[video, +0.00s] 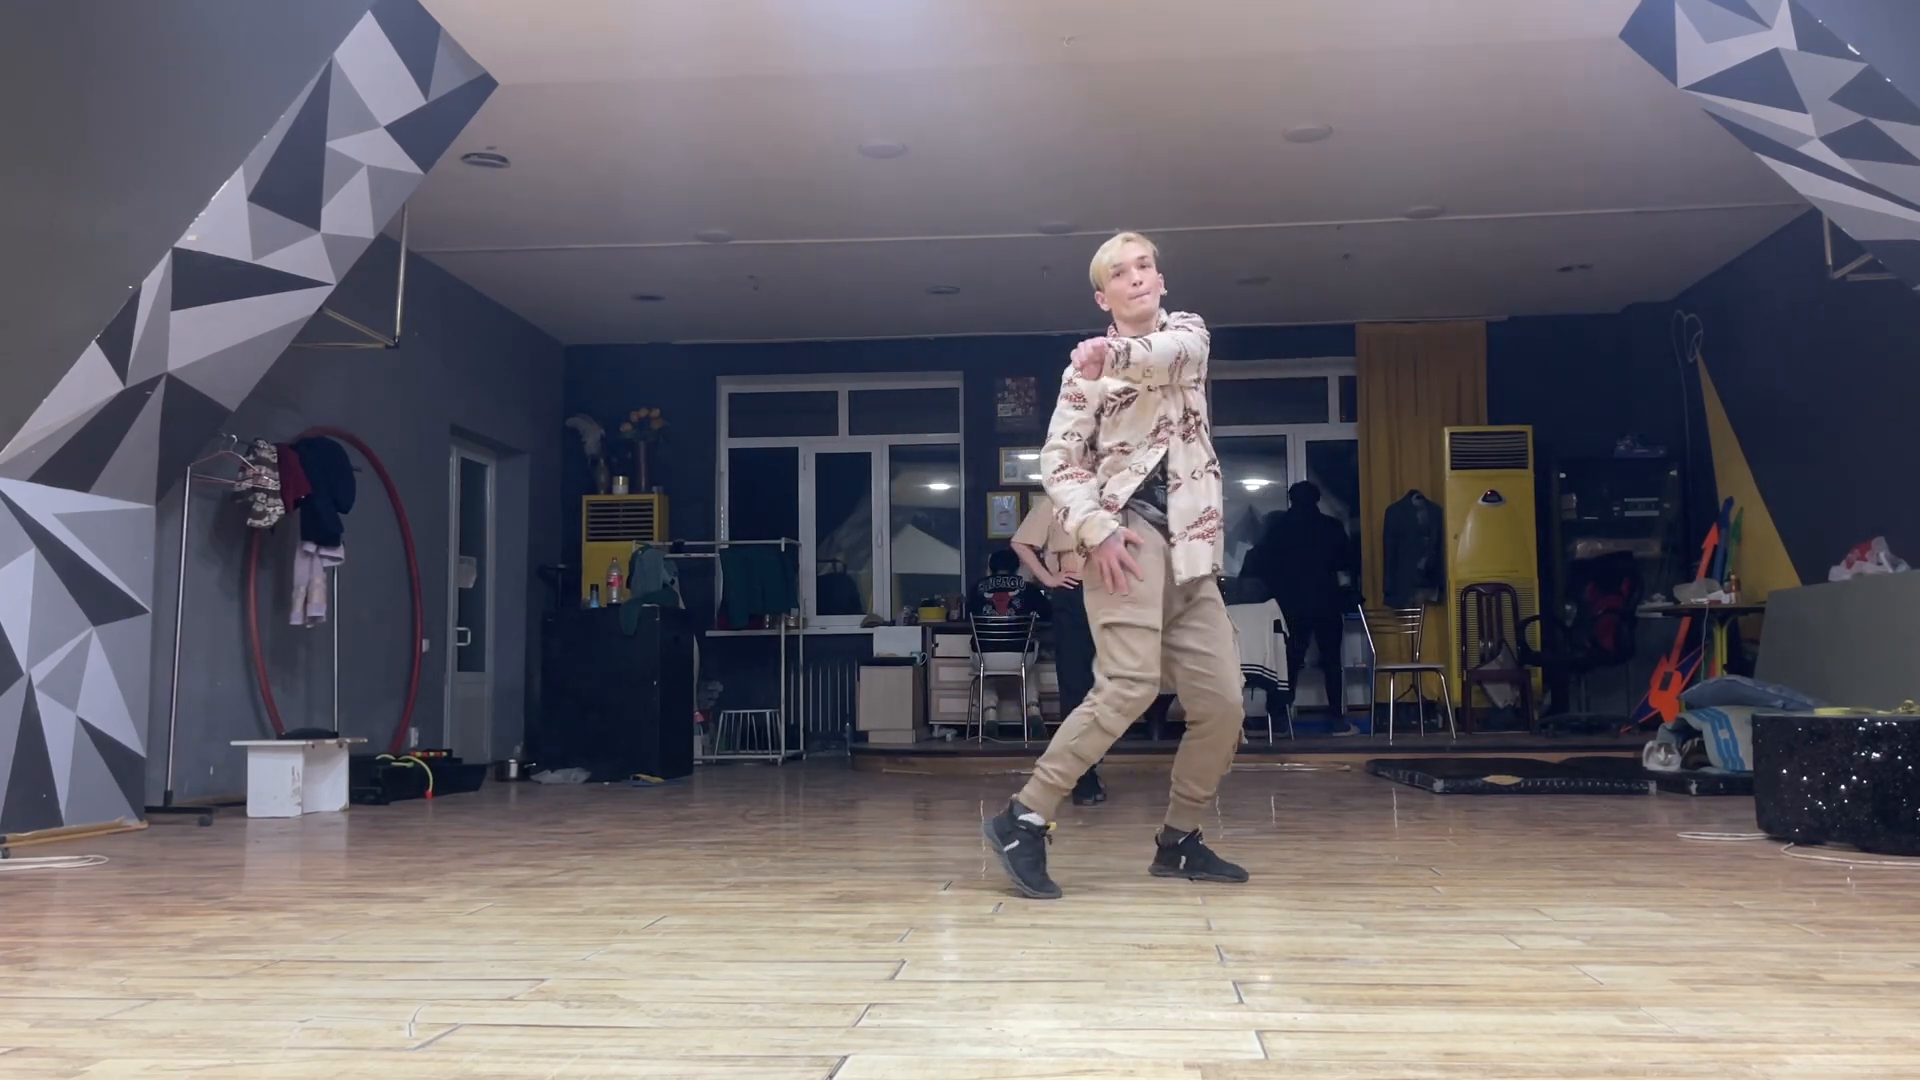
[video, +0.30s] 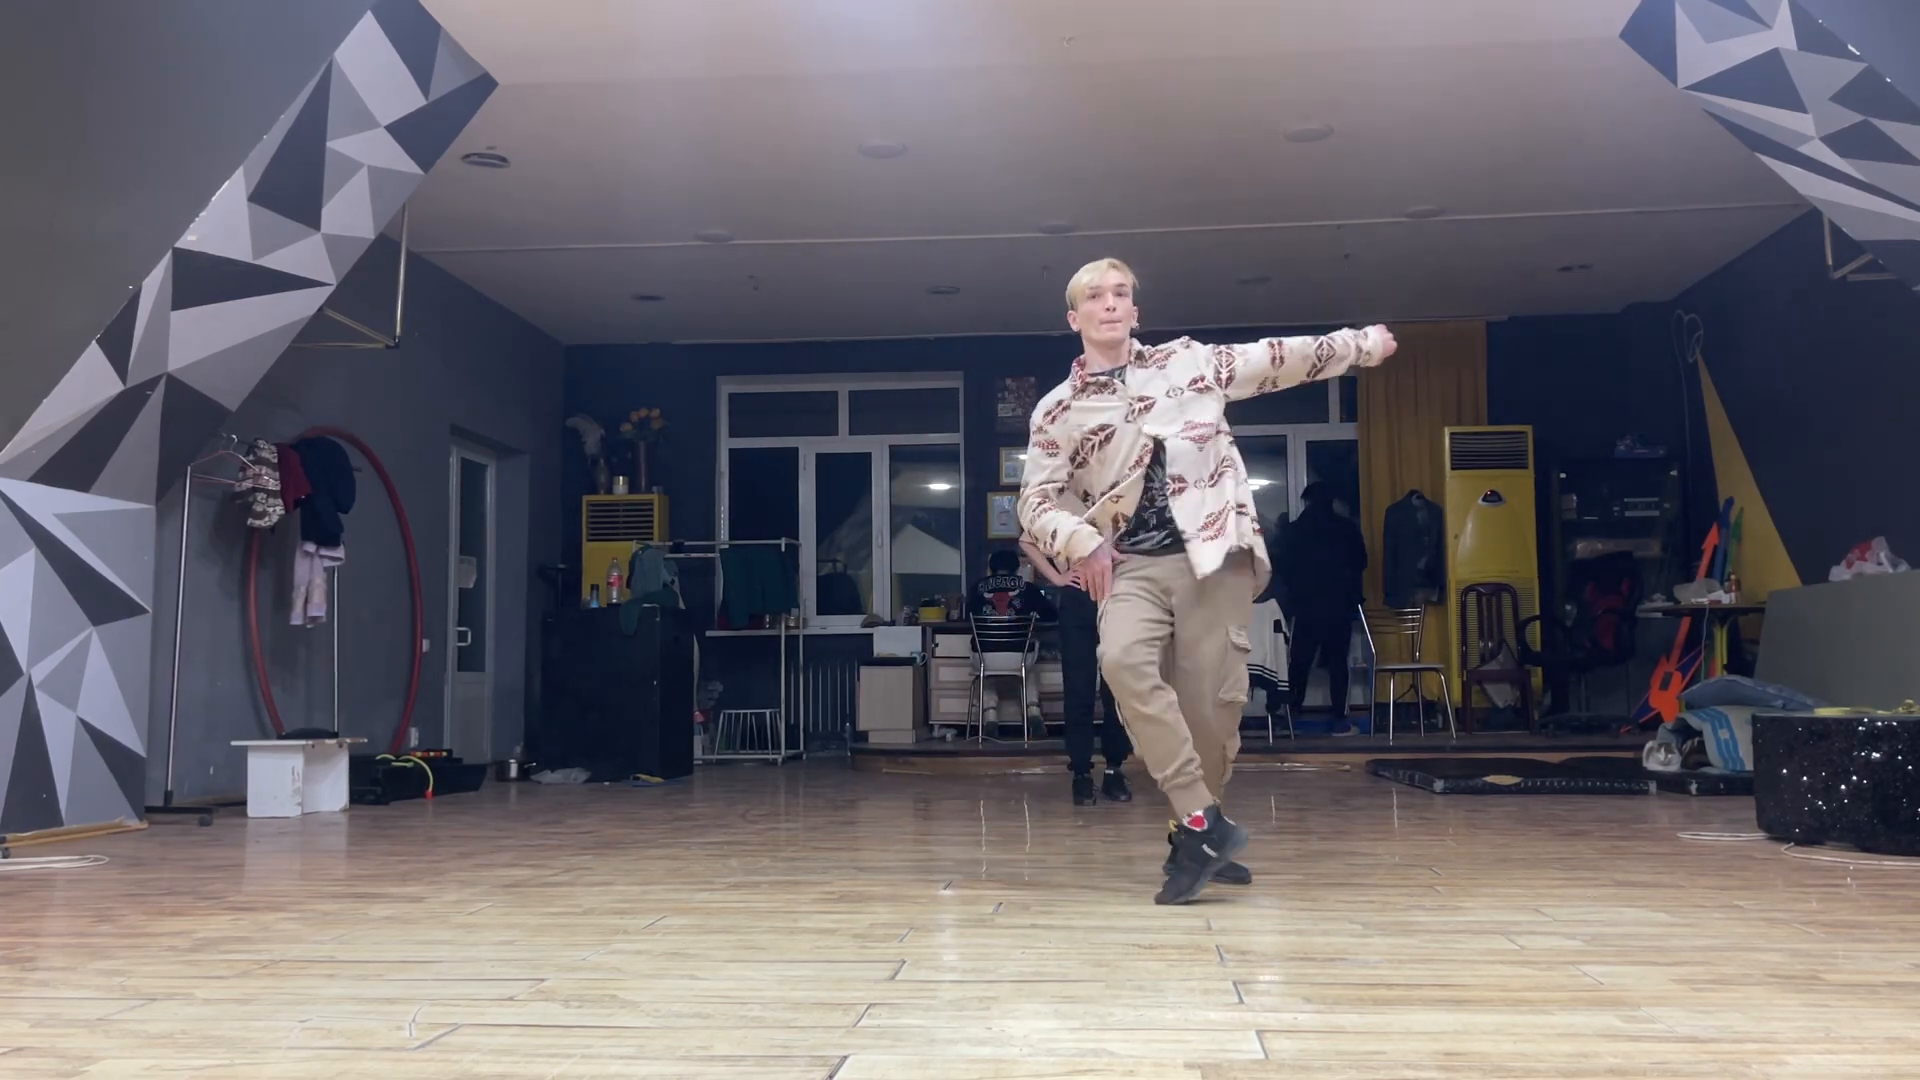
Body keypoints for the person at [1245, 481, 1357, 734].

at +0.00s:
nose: (1307, 503)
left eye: (1299, 498)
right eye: (1310, 498)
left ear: (1291, 500)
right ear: (1316, 500)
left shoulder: (1277, 525)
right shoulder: (1331, 525)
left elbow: (1260, 561)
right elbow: (1346, 561)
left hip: (1289, 603)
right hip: (1325, 602)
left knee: (1289, 660)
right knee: (1331, 662)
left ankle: (1278, 718)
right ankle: (1336, 720)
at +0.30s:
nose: (1317, 506)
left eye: (1314, 500)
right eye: (1325, 500)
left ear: (1307, 501)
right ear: (1331, 501)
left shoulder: (1294, 530)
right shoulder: (1347, 528)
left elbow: (1282, 571)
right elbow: (1359, 563)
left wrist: (1288, 605)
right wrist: (1354, 596)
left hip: (1306, 607)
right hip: (1338, 607)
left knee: (1299, 664)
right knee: (1338, 664)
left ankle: (1291, 718)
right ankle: (1338, 721)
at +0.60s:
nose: (1304, 505)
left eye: (1304, 501)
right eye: (1305, 501)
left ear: (1309, 502)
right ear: (1331, 501)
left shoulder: (1297, 529)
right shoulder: (1348, 527)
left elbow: (1288, 561)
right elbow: (1362, 557)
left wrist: (1288, 597)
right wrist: (1346, 575)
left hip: (1308, 604)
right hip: (1341, 604)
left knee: (1304, 662)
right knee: (1338, 662)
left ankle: (1300, 716)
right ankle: (1338, 719)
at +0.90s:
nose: (1294, 505)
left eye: (1295, 501)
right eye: (1295, 501)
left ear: (1299, 502)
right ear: (1321, 501)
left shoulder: (1288, 529)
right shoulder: (1339, 525)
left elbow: (1273, 566)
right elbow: (1361, 553)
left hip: (1302, 604)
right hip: (1335, 602)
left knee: (1302, 662)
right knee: (1334, 662)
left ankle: (1299, 719)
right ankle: (1337, 720)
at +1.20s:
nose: (1285, 507)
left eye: (1285, 503)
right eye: (1285, 503)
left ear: (1289, 502)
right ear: (1311, 500)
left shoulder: (1279, 530)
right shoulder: (1332, 526)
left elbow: (1268, 568)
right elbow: (1355, 555)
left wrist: (1277, 593)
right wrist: (1355, 592)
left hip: (1296, 604)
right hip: (1329, 601)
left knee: (1299, 662)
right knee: (1333, 662)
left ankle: (1299, 718)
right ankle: (1337, 719)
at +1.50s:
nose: (1288, 506)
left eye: (1289, 502)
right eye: (1289, 502)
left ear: (1291, 502)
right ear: (1315, 501)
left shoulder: (1280, 529)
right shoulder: (1333, 526)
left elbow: (1264, 566)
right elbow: (1355, 556)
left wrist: (1278, 592)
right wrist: (1355, 593)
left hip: (1296, 603)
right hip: (1330, 601)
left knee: (1300, 661)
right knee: (1333, 661)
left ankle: (1300, 716)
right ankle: (1337, 718)